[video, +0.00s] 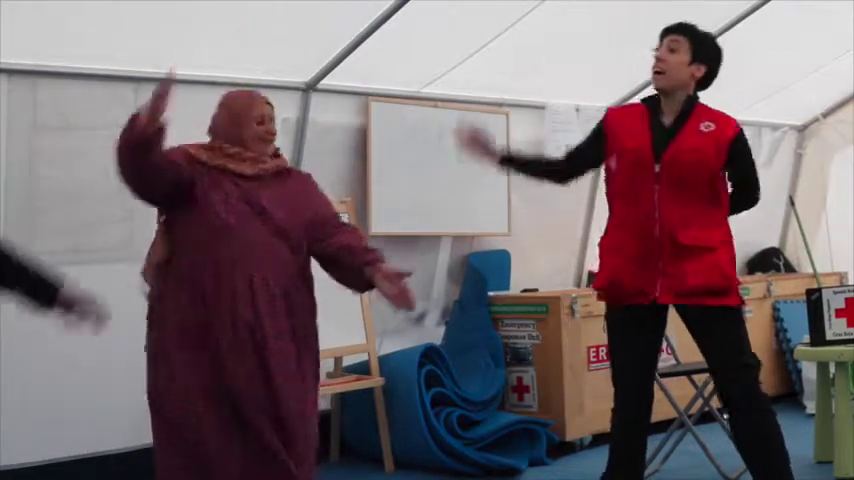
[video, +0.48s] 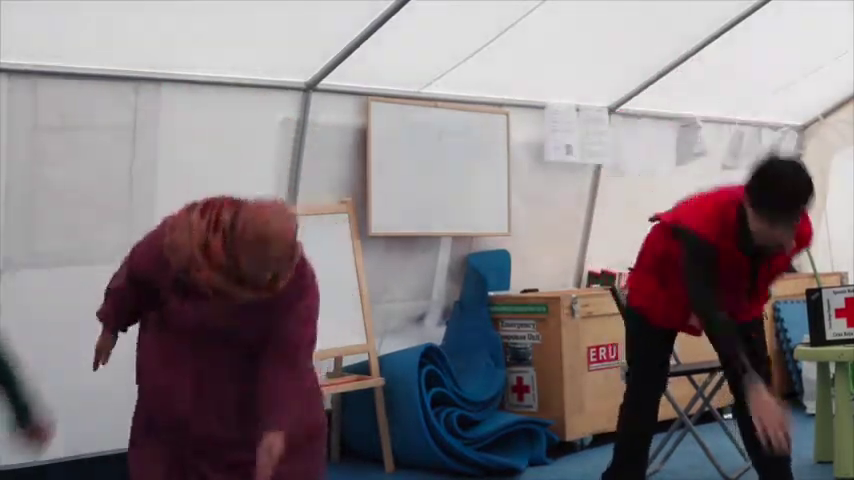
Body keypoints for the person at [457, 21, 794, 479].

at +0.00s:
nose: (658, 57)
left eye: (672, 51)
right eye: (658, 50)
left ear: (699, 71)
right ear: (654, 63)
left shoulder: (724, 130)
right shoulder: (618, 122)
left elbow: (748, 194)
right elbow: (564, 169)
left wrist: (700, 215)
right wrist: (498, 156)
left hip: (704, 277)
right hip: (631, 278)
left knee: (744, 395)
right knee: (630, 405)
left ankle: (776, 478)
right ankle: (622, 479)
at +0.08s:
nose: (669, 62)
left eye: (683, 55)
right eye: (668, 54)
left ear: (710, 75)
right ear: (664, 65)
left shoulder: (732, 136)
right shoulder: (627, 120)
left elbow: (744, 201)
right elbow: (561, 156)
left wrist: (691, 217)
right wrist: (512, 121)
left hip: (708, 278)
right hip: (634, 278)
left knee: (746, 395)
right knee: (632, 403)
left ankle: (775, 478)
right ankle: (621, 479)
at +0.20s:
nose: (697, 85)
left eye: (711, 77)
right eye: (693, 74)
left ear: (734, 89)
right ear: (686, 77)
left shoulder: (749, 150)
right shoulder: (646, 127)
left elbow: (749, 206)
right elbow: (583, 158)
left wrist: (695, 213)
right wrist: (566, 119)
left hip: (717, 284)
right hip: (644, 282)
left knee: (750, 400)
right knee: (634, 405)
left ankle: (776, 477)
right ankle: (622, 478)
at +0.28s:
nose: (725, 118)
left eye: (737, 110)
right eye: (719, 105)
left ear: (753, 115)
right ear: (707, 104)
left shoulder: (765, 167)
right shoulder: (666, 146)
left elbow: (741, 213)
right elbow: (611, 185)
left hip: (721, 285)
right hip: (650, 283)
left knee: (751, 399)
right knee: (635, 405)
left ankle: (776, 476)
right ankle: (622, 477)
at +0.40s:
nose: (760, 183)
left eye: (770, 173)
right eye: (751, 171)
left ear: (781, 170)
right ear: (735, 161)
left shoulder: (786, 206)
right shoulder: (690, 188)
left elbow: (753, 258)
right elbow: (674, 256)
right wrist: (712, 304)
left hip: (730, 289)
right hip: (660, 285)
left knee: (754, 394)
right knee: (640, 397)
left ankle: (776, 473)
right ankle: (623, 474)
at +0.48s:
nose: (778, 237)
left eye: (786, 227)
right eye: (768, 225)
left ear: (799, 215)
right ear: (749, 206)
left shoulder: (799, 233)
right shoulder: (701, 223)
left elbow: (754, 283)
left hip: (733, 298)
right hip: (663, 288)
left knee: (755, 394)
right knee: (644, 395)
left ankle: (777, 473)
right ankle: (625, 474)